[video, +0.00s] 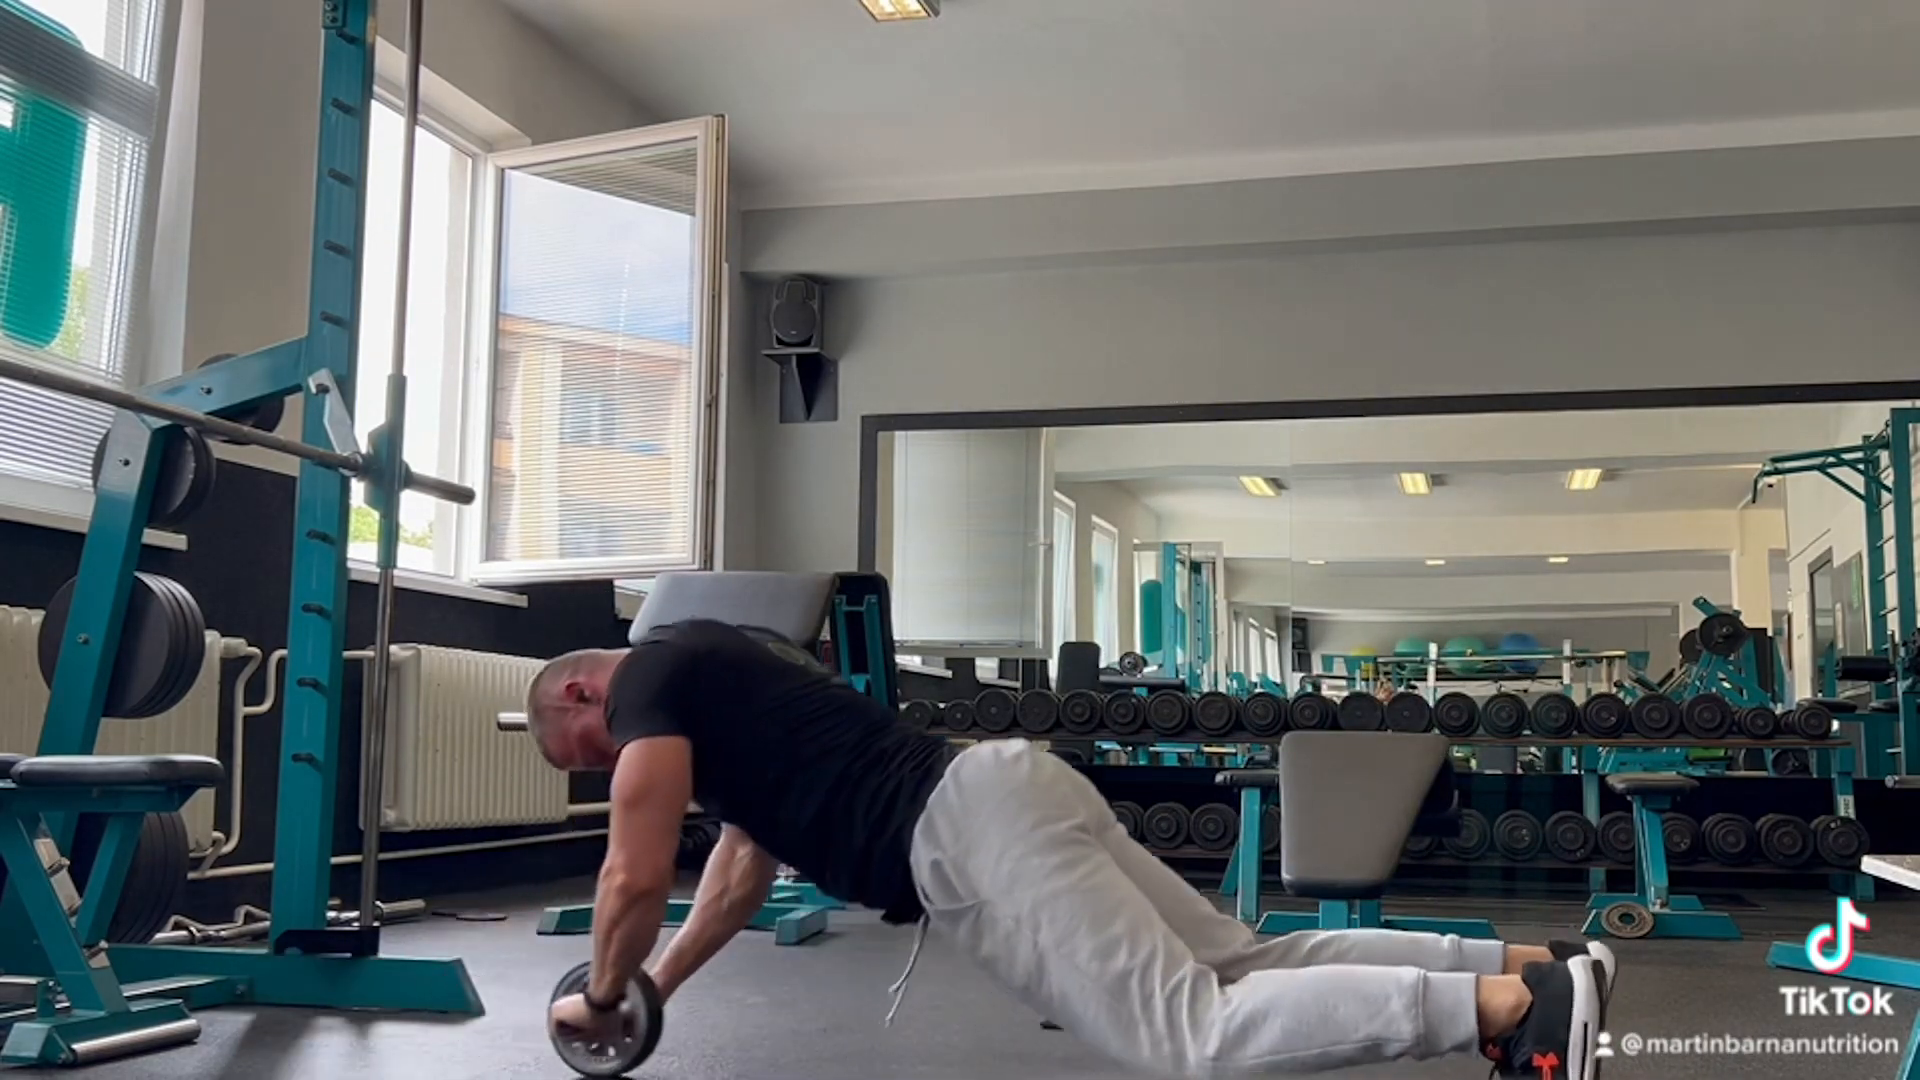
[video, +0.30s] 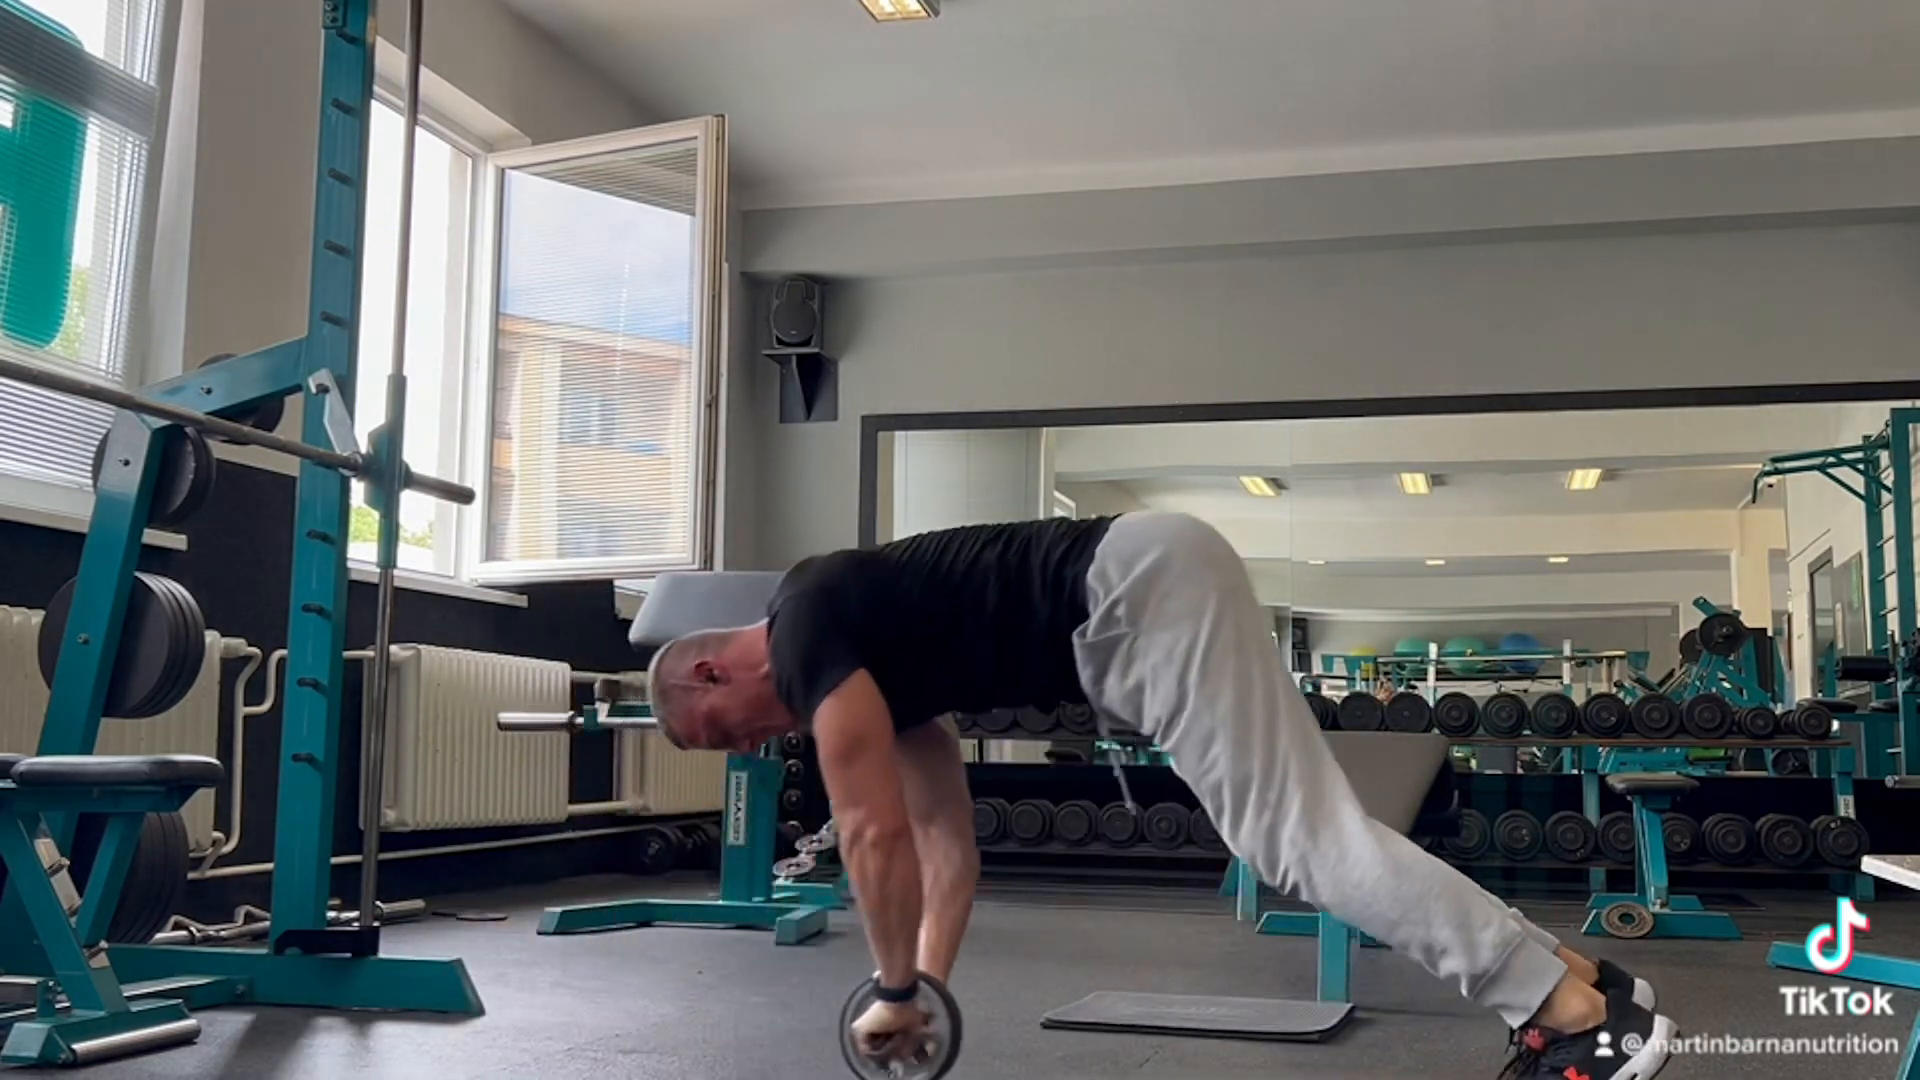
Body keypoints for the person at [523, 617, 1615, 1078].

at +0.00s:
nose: (592, 774)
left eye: (574, 752)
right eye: (582, 769)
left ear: (577, 690)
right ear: (608, 689)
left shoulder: (655, 671)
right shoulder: (720, 684)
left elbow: (636, 873)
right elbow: (728, 886)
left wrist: (604, 987)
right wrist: (641, 992)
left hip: (969, 817)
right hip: (1004, 786)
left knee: (1185, 1029)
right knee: (1240, 962)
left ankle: (1509, 1009)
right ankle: (1512, 978)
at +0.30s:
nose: (742, 747)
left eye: (716, 733)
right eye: (721, 744)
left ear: (713, 665)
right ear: (731, 665)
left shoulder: (809, 625)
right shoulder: (855, 639)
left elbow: (879, 830)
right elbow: (940, 834)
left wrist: (900, 985)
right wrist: (925, 980)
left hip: (1141, 579)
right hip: (1150, 579)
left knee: (1289, 831)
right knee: (1298, 825)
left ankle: (1563, 989)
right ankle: (1557, 979)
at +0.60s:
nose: (961, 797)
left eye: (941, 775)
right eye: (941, 788)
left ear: (968, 710)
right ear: (974, 708)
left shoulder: (1061, 654)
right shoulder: (1063, 646)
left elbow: (1192, 838)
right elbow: (1197, 831)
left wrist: (1241, 1003)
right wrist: (1243, 993)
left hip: (1351, 498)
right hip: (1356, 499)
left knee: (1402, 784)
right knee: (1417, 778)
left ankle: (1602, 1021)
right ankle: (1589, 1011)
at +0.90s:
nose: (1077, 823)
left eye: (1064, 793)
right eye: (1059, 809)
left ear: (1103, 730)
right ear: (1110, 728)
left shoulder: (1186, 681)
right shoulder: (1196, 692)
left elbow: (1363, 850)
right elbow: (1348, 852)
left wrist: (1461, 1019)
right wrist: (1462, 1013)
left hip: (1464, 486)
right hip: (1461, 497)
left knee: (1469, 781)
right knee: (1466, 786)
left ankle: (1637, 1047)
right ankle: (1624, 1032)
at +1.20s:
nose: (888, 721)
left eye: (880, 693)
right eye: (875, 703)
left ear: (926, 641)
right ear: (934, 642)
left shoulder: (1018, 621)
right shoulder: (1069, 630)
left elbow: (1086, 845)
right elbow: (1154, 833)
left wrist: (1105, 1009)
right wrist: (1124, 995)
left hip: (1330, 509)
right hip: (1350, 503)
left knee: (1404, 808)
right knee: (1421, 801)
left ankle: (1616, 1035)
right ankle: (1607, 1026)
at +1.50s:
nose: (627, 661)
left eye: (620, 638)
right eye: (617, 644)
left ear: (656, 599)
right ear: (689, 585)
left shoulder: (729, 629)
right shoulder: (800, 631)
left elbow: (729, 844)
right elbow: (811, 842)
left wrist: (711, 992)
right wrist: (749, 980)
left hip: (1060, 651)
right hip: (1094, 632)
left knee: (1237, 906)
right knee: (1268, 873)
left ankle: (1543, 1004)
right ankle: (1552, 980)